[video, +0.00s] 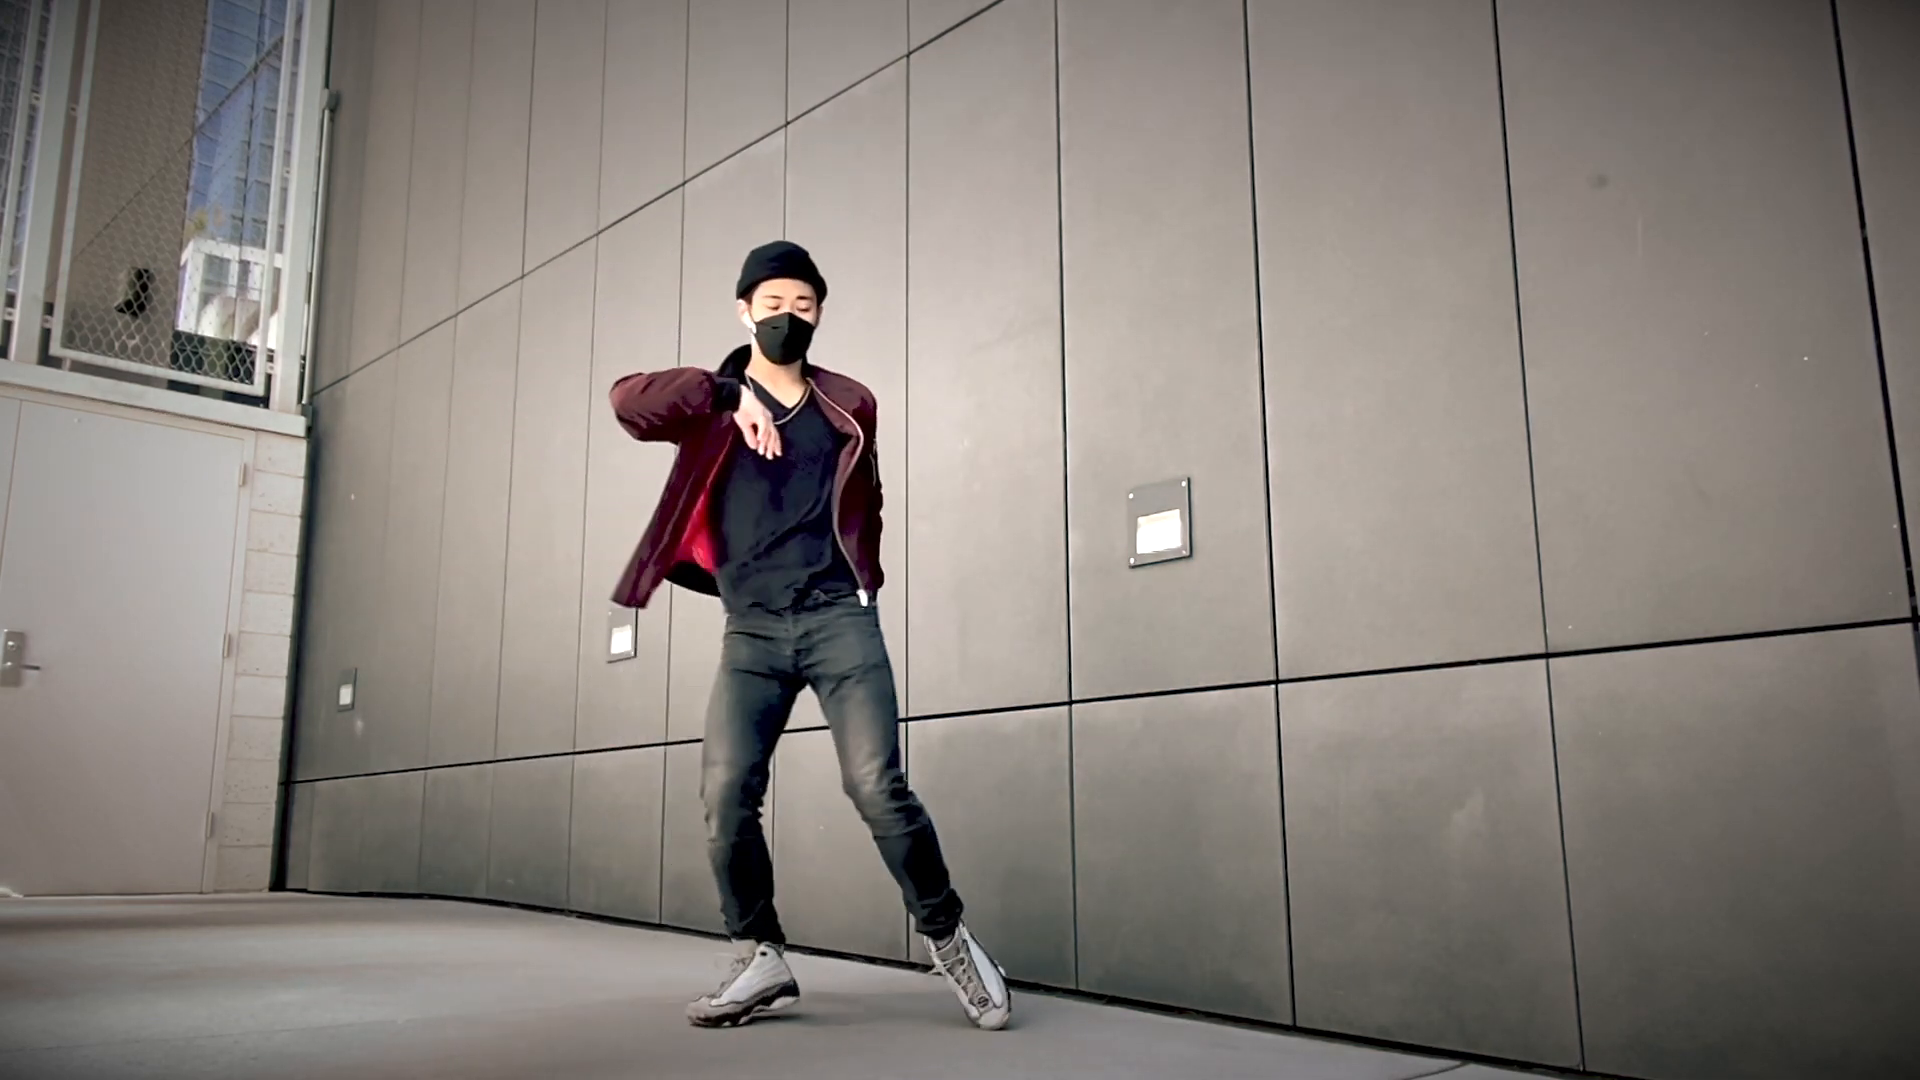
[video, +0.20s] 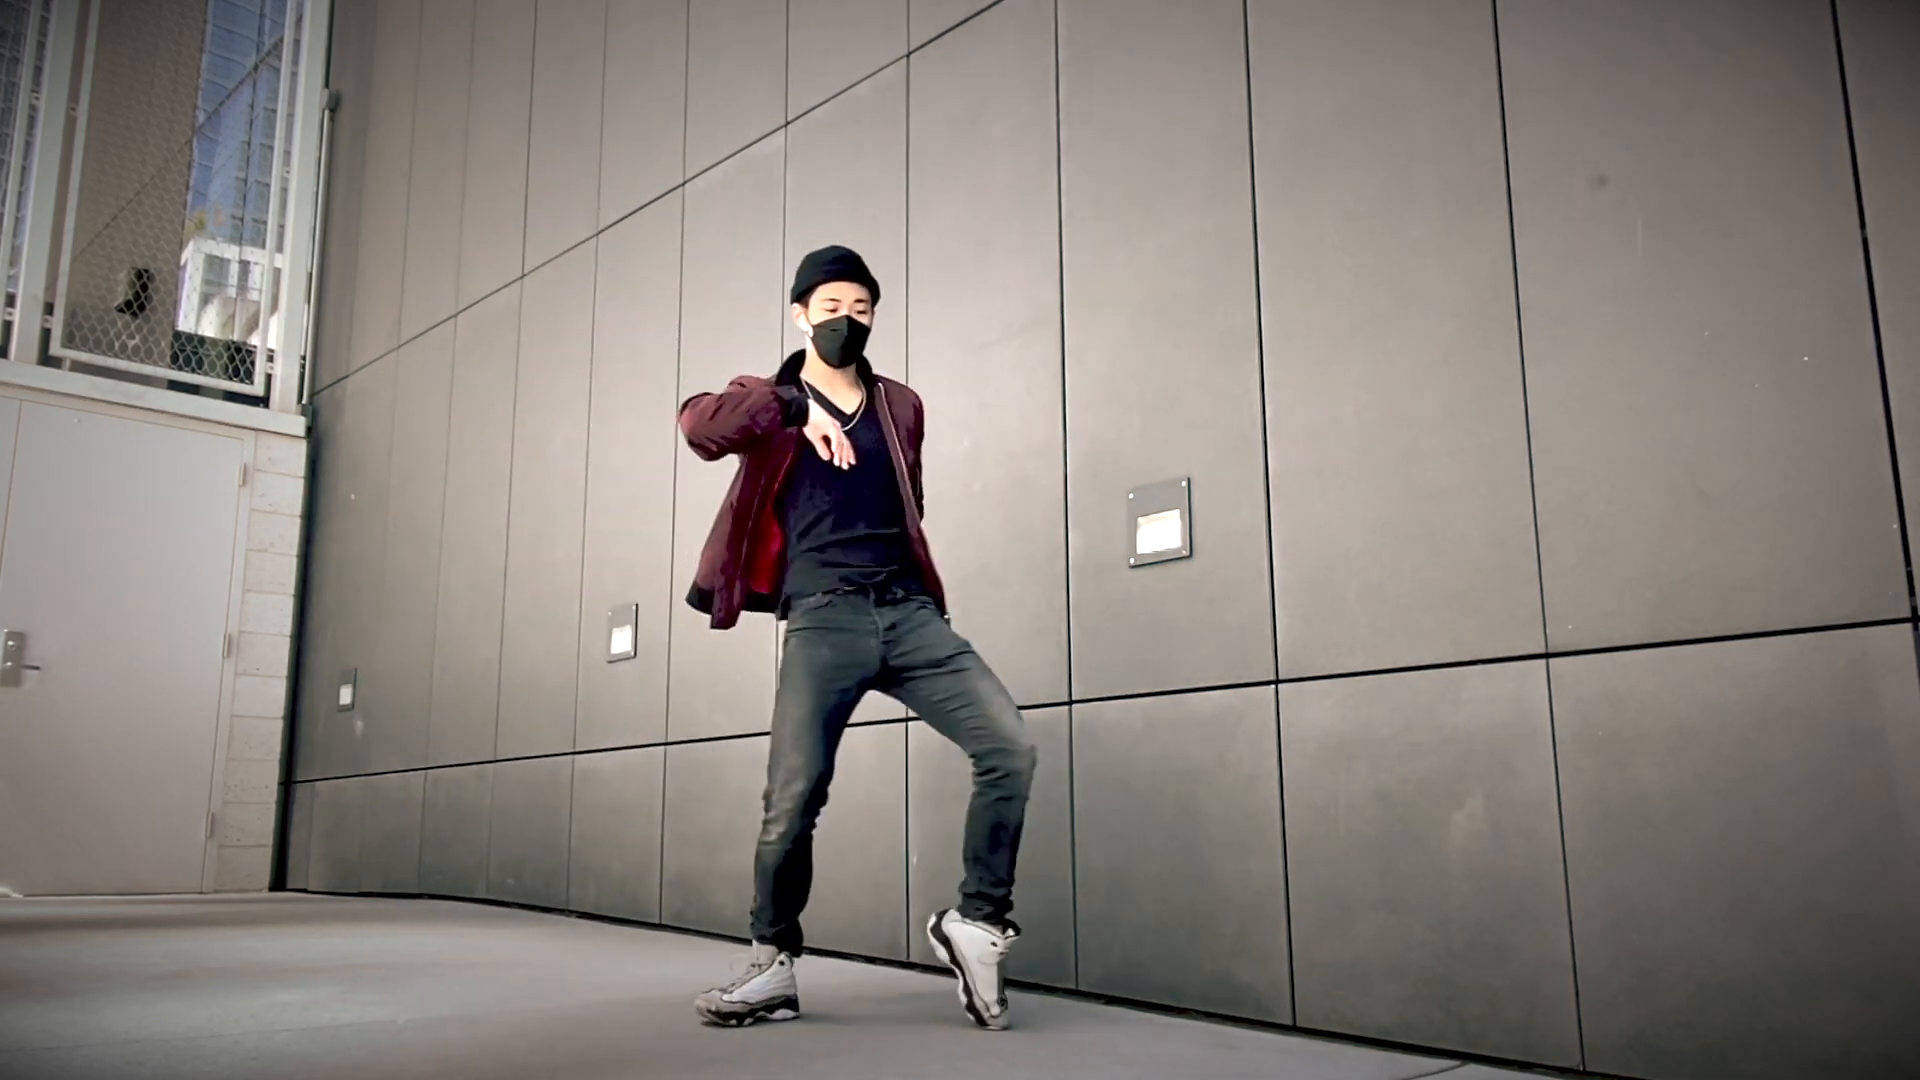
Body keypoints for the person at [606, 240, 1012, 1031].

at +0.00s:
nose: (788, 311)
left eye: (802, 301)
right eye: (772, 299)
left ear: (819, 314)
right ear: (746, 310)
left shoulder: (850, 403)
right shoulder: (712, 395)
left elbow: (865, 509)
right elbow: (628, 403)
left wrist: (861, 593)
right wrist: (725, 393)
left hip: (840, 617)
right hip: (750, 626)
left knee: (875, 785)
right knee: (725, 790)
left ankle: (949, 941)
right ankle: (763, 956)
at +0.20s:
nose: (849, 311)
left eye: (861, 303)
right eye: (833, 300)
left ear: (874, 317)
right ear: (800, 314)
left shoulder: (901, 405)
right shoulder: (768, 399)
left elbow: (907, 513)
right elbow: (698, 428)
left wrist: (923, 607)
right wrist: (788, 405)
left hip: (910, 613)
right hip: (823, 619)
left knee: (1010, 752)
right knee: (791, 797)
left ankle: (977, 926)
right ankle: (774, 961)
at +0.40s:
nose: (901, 315)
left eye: (911, 306)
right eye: (885, 304)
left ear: (920, 317)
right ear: (848, 314)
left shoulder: (937, 409)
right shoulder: (814, 391)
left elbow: (950, 511)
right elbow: (741, 448)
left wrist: (967, 598)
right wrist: (844, 443)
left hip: (950, 605)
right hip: (876, 611)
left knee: (1032, 762)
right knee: (855, 794)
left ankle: (980, 928)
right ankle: (787, 954)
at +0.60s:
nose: (949, 314)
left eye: (957, 306)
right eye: (933, 301)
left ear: (960, 319)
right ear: (891, 309)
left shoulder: (960, 405)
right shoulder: (858, 373)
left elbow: (969, 499)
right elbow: (775, 439)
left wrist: (960, 587)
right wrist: (809, 502)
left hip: (950, 619)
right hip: (883, 618)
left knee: (992, 780)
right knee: (854, 792)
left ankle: (935, 942)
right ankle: (787, 953)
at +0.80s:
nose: (988, 326)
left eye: (994, 317)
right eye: (978, 311)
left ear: (976, 322)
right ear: (933, 307)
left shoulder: (943, 394)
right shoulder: (896, 361)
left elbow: (896, 494)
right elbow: (818, 419)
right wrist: (744, 499)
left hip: (908, 615)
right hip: (858, 610)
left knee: (925, 790)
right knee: (826, 788)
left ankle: (908, 965)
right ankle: (781, 956)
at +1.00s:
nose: (964, 329)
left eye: (970, 318)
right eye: (955, 313)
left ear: (937, 320)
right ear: (907, 307)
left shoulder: (907, 397)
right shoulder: (857, 363)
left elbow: (847, 505)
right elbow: (778, 441)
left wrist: (784, 597)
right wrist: (703, 529)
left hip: (883, 610)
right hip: (828, 605)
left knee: (892, 792)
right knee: (812, 786)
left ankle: (904, 963)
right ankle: (778, 959)